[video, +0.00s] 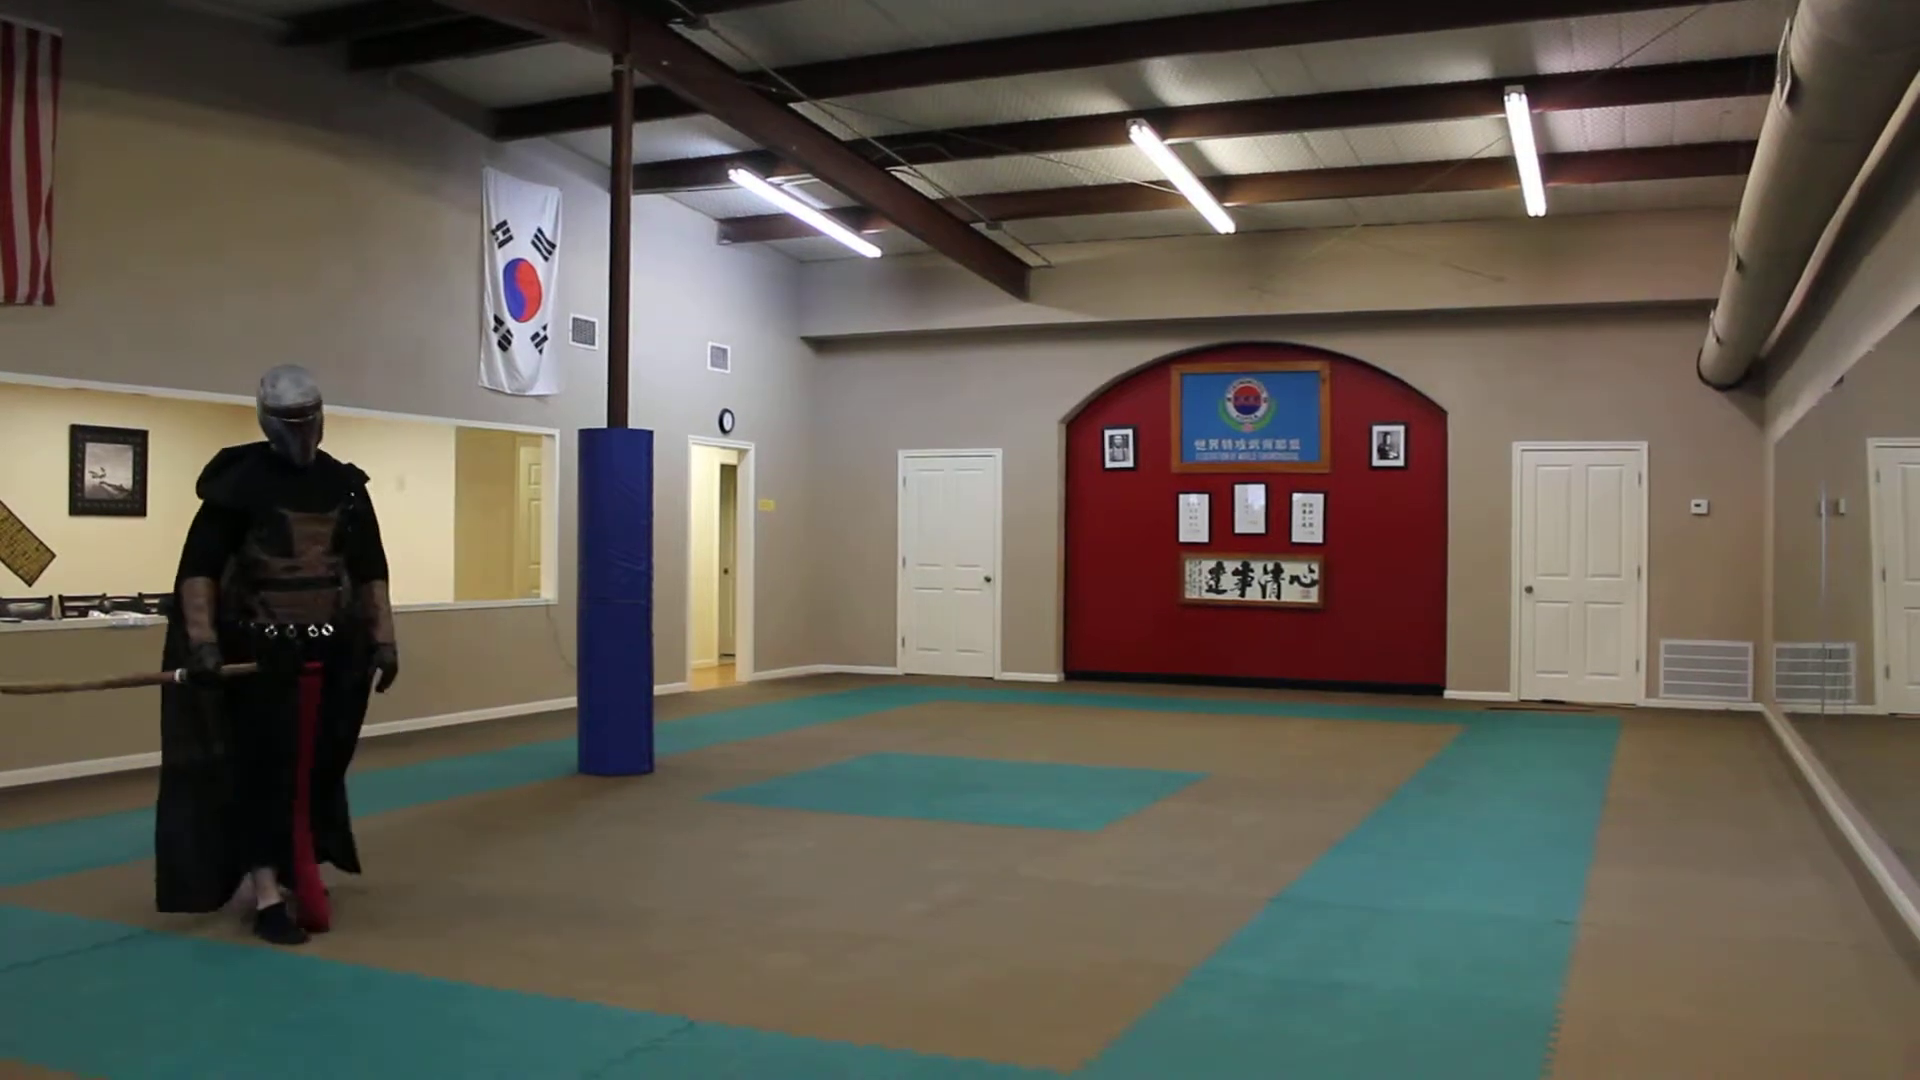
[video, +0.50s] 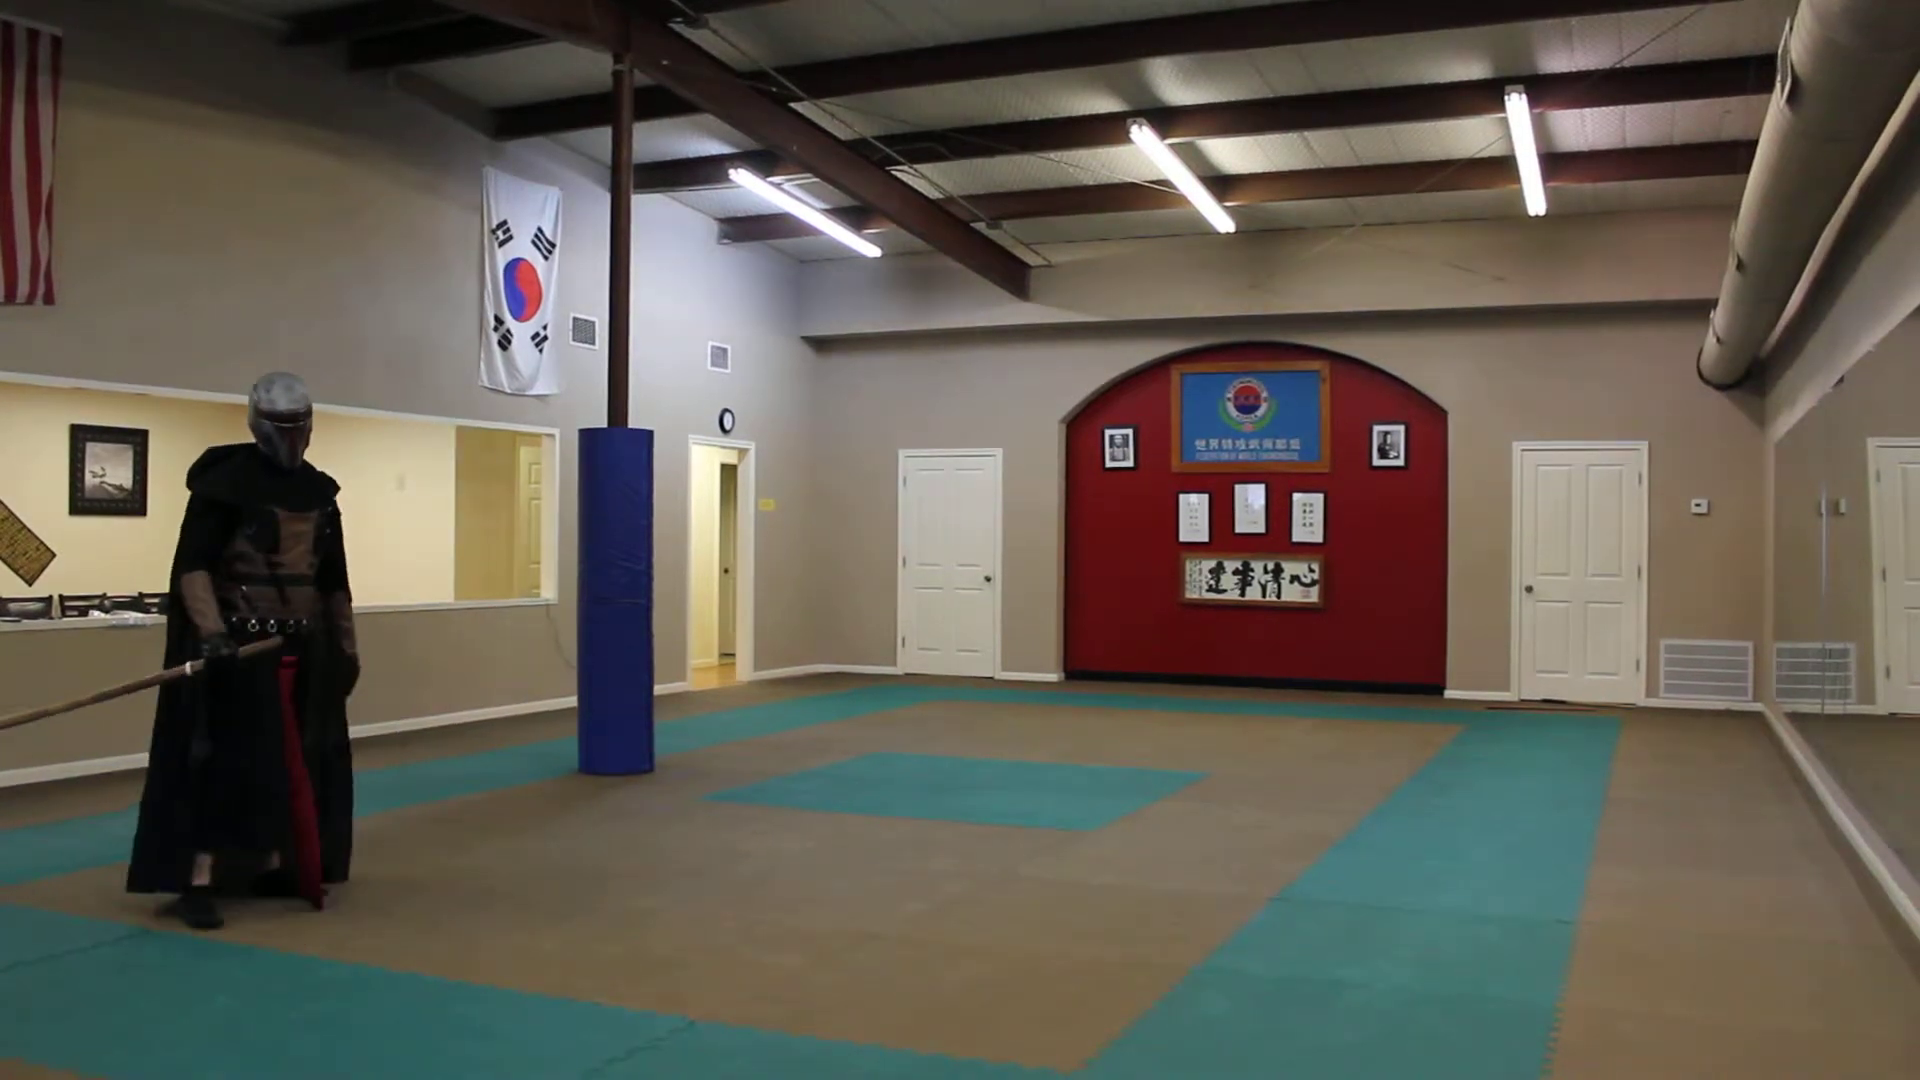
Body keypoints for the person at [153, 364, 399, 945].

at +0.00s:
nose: (301, 428)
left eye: (309, 416)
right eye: (287, 418)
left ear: (322, 415)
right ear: (264, 420)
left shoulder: (345, 485)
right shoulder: (238, 478)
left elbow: (370, 567)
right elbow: (199, 563)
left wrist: (383, 639)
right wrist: (202, 640)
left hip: (329, 651)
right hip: (254, 651)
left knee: (318, 766)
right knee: (262, 767)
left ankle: (295, 873)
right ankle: (266, 890)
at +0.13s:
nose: (300, 436)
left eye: (308, 424)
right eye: (287, 426)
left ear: (323, 422)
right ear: (266, 426)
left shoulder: (340, 491)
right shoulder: (240, 483)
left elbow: (366, 568)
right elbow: (199, 569)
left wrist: (392, 631)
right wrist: (196, 648)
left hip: (322, 652)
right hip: (252, 650)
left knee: (308, 762)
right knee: (263, 765)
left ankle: (291, 872)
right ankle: (265, 889)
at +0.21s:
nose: (304, 437)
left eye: (312, 425)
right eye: (291, 427)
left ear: (325, 424)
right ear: (269, 426)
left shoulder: (337, 493)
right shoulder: (240, 482)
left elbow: (360, 571)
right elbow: (196, 568)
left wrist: (388, 630)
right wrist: (192, 649)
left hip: (314, 652)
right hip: (248, 651)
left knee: (306, 764)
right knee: (257, 764)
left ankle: (287, 871)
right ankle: (261, 888)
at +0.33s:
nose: (302, 434)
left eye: (311, 422)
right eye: (290, 422)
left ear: (324, 423)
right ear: (267, 422)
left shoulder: (331, 490)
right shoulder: (237, 476)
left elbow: (350, 573)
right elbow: (191, 561)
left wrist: (373, 637)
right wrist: (199, 637)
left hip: (306, 650)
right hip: (240, 647)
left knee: (293, 759)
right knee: (242, 761)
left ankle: (271, 868)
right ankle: (240, 886)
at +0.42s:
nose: (297, 433)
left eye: (306, 422)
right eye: (284, 422)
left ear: (319, 423)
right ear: (262, 421)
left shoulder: (325, 491)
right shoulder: (229, 476)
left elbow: (342, 577)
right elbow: (191, 563)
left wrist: (361, 645)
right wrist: (209, 634)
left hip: (305, 651)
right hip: (238, 648)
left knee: (288, 759)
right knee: (231, 759)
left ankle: (268, 866)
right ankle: (215, 881)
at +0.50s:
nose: (291, 434)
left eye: (299, 423)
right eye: (278, 423)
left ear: (311, 423)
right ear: (255, 423)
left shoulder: (318, 492)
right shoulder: (224, 478)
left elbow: (334, 578)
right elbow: (192, 565)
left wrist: (346, 644)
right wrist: (214, 634)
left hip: (299, 652)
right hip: (231, 650)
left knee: (289, 759)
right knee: (216, 759)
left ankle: (276, 867)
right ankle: (198, 882)